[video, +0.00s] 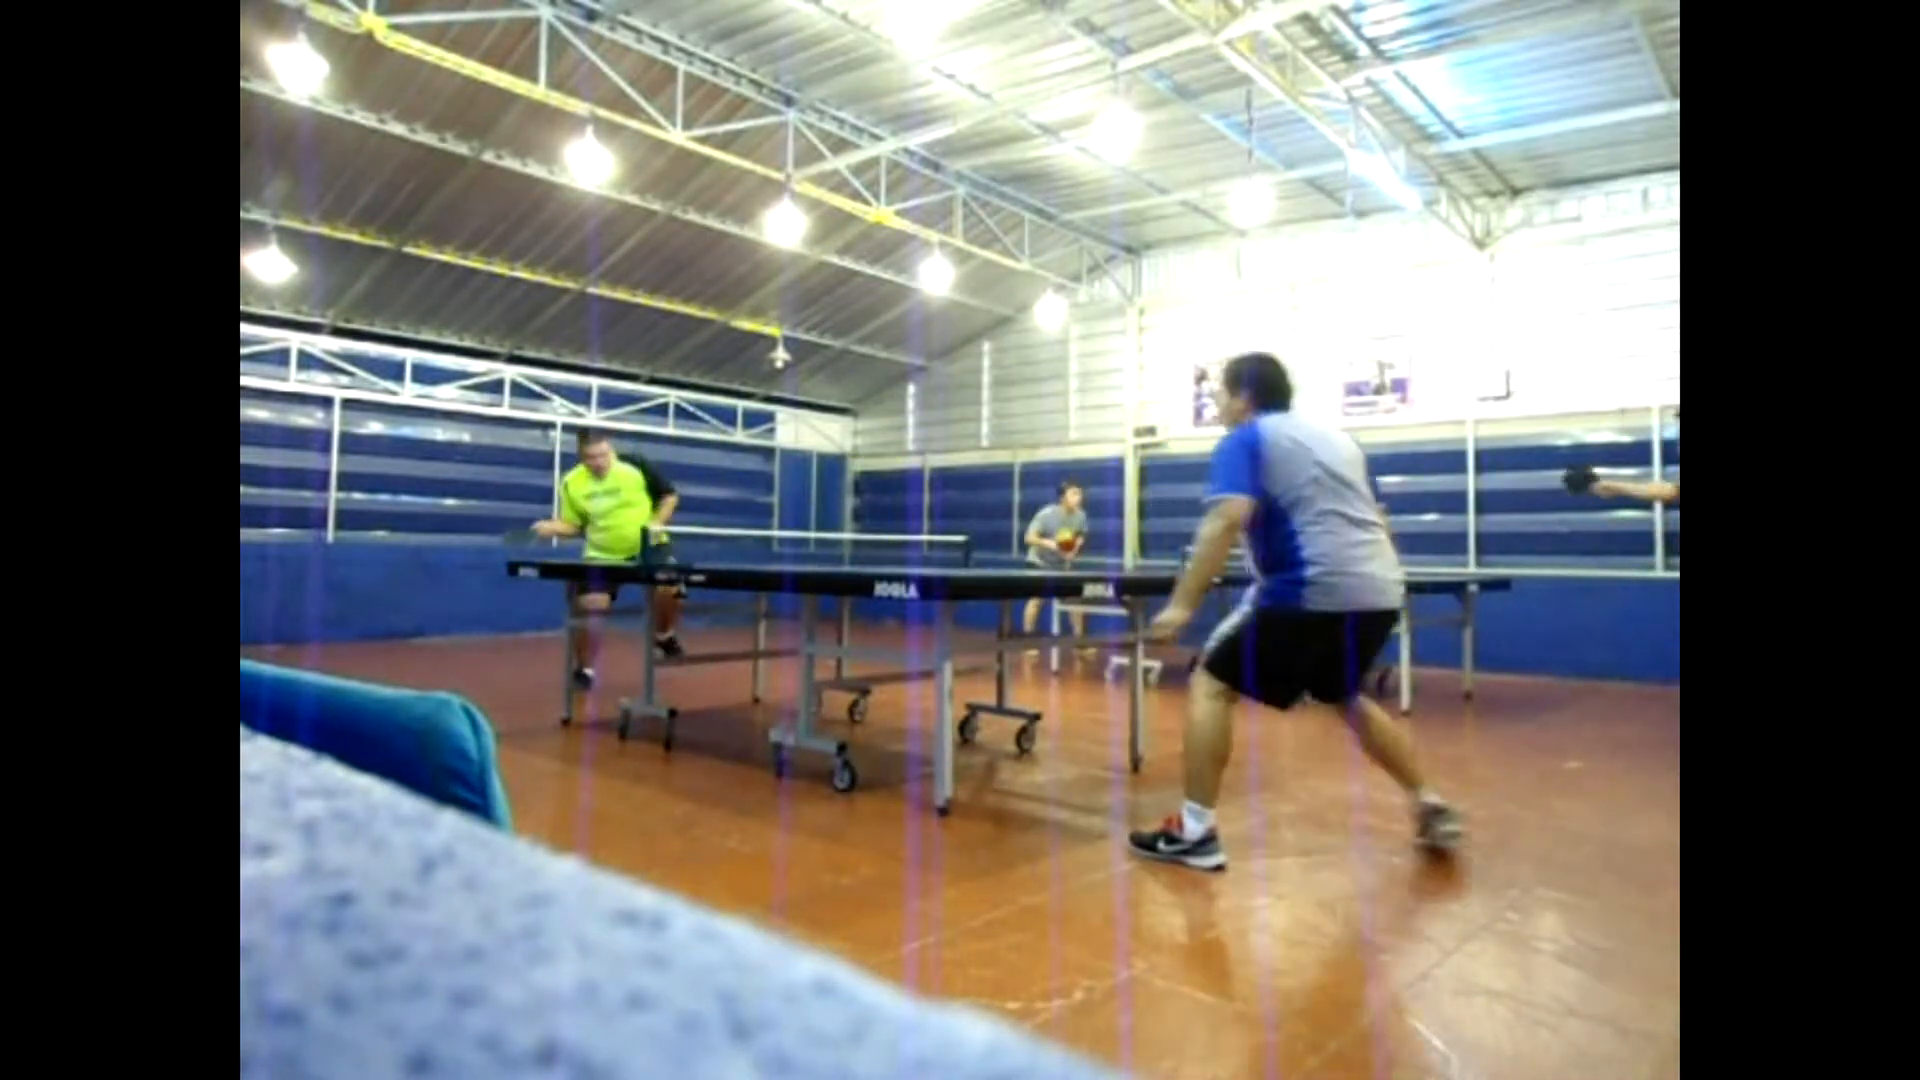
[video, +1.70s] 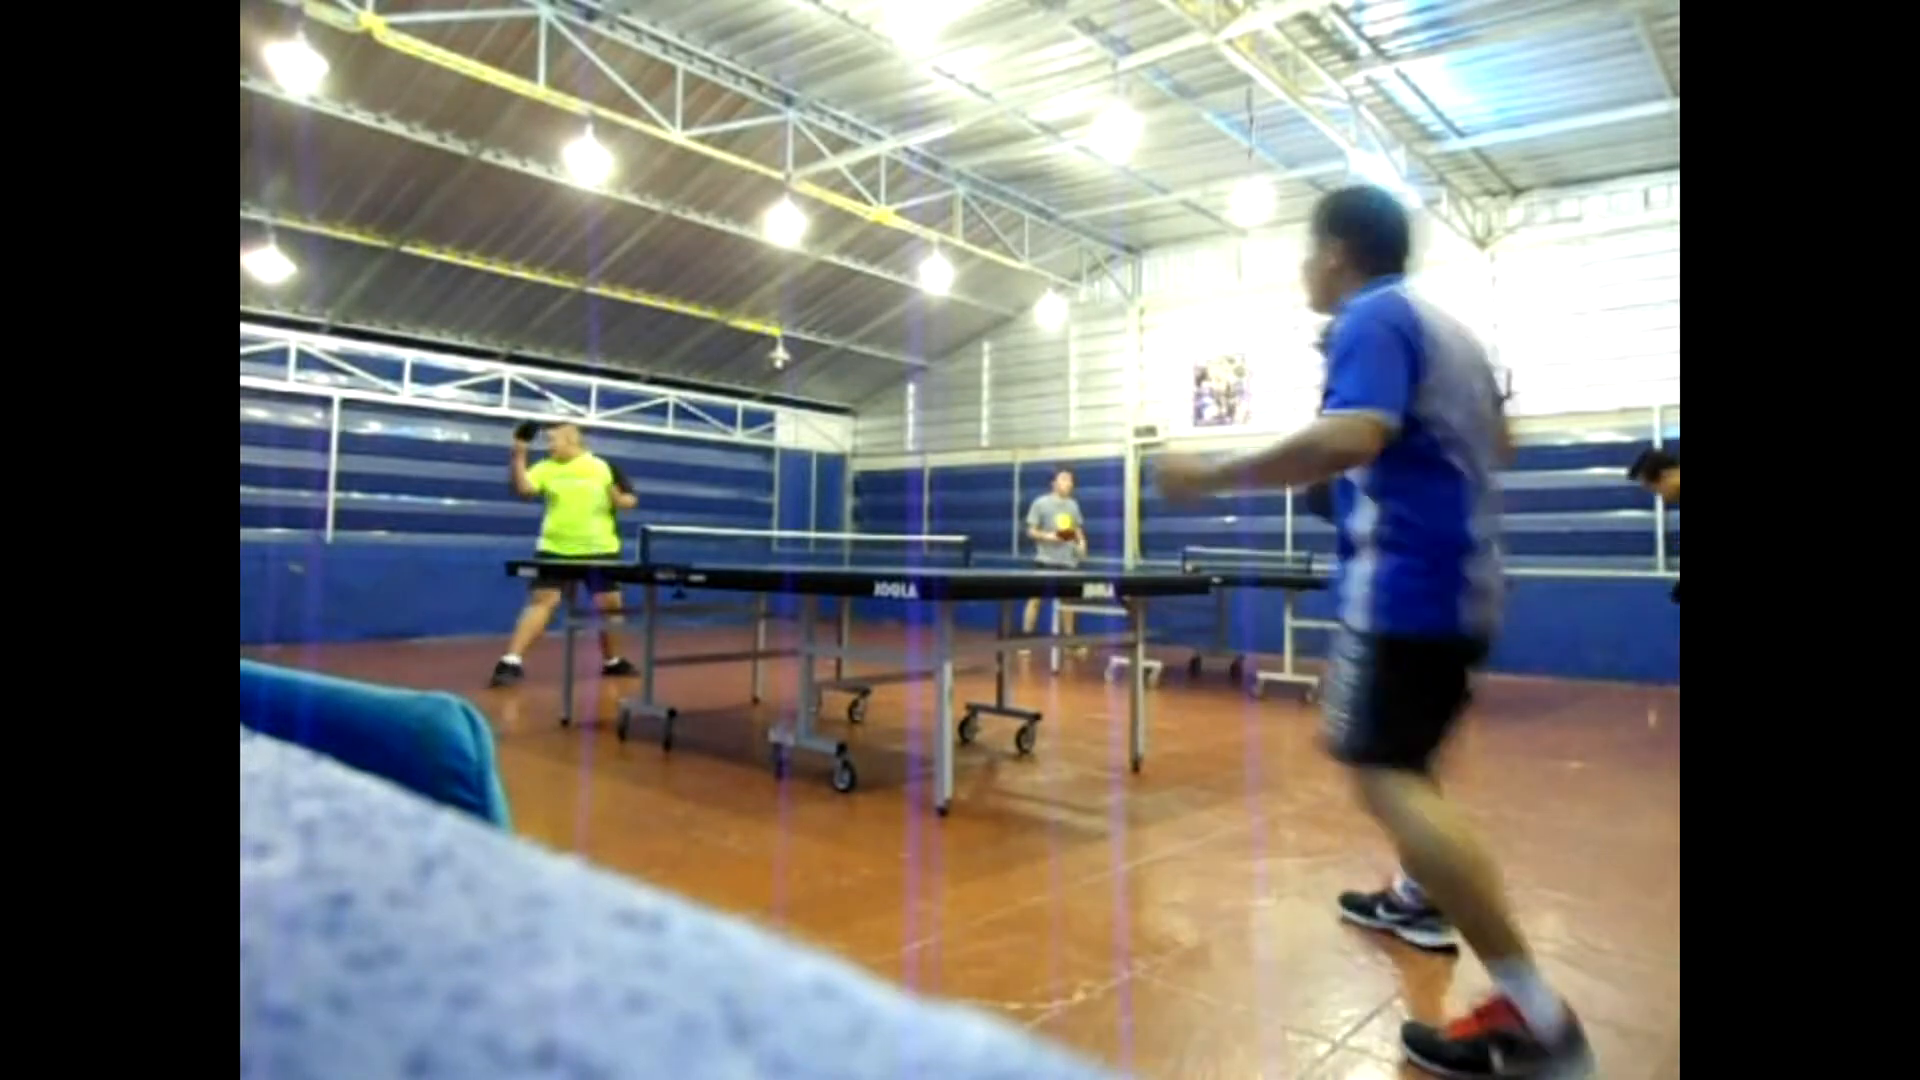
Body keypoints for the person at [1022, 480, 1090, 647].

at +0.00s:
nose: (1077, 498)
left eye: (1078, 494)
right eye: (1073, 494)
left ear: (1081, 497)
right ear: (1063, 496)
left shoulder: (1080, 516)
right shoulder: (1047, 513)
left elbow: (1081, 535)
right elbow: (1029, 537)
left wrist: (1073, 550)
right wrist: (1049, 544)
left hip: (1064, 561)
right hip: (1040, 562)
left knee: (1075, 600)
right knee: (1036, 598)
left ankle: (1079, 638)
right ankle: (1028, 636)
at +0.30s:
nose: (1086, 507)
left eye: (1088, 502)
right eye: (1082, 502)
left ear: (1090, 504)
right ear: (1072, 502)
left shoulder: (1080, 520)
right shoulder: (1056, 515)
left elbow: (1072, 541)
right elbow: (1050, 541)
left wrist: (1084, 549)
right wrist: (1077, 546)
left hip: (1064, 561)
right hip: (1042, 561)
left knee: (1075, 598)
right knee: (1041, 596)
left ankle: (1079, 637)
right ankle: (1029, 636)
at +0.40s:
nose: (1086, 499)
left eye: (1087, 494)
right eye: (1082, 494)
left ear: (1088, 498)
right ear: (1073, 495)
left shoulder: (1079, 513)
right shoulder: (1058, 509)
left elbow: (1076, 531)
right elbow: (1060, 532)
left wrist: (1095, 530)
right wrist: (1084, 531)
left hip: (1067, 561)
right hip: (1045, 560)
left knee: (1076, 599)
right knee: (1041, 597)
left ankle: (1079, 639)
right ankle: (1029, 636)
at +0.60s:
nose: (1082, 488)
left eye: (1084, 484)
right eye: (1078, 484)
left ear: (1086, 489)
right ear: (1070, 486)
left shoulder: (1080, 507)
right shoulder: (1057, 502)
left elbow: (1076, 530)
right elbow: (1057, 519)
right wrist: (1081, 514)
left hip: (1071, 559)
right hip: (1049, 558)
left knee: (1076, 600)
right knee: (1039, 597)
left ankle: (1080, 637)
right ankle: (1026, 633)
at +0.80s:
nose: (1073, 489)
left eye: (1075, 485)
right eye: (1069, 484)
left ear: (1079, 488)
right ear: (1061, 487)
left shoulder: (1075, 507)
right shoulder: (1048, 505)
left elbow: (1074, 530)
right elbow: (1038, 528)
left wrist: (1075, 546)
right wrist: (1058, 527)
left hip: (1067, 561)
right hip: (1043, 560)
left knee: (1076, 601)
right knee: (1036, 599)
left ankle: (1079, 638)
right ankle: (1024, 635)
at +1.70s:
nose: (1066, 485)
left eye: (1069, 480)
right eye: (1063, 480)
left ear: (1072, 484)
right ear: (1054, 483)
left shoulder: (1073, 504)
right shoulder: (1041, 503)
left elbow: (1078, 527)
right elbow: (1032, 530)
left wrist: (1081, 544)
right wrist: (1051, 537)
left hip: (1068, 560)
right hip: (1046, 559)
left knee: (1068, 601)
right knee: (1036, 598)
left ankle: (1069, 638)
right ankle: (1027, 634)